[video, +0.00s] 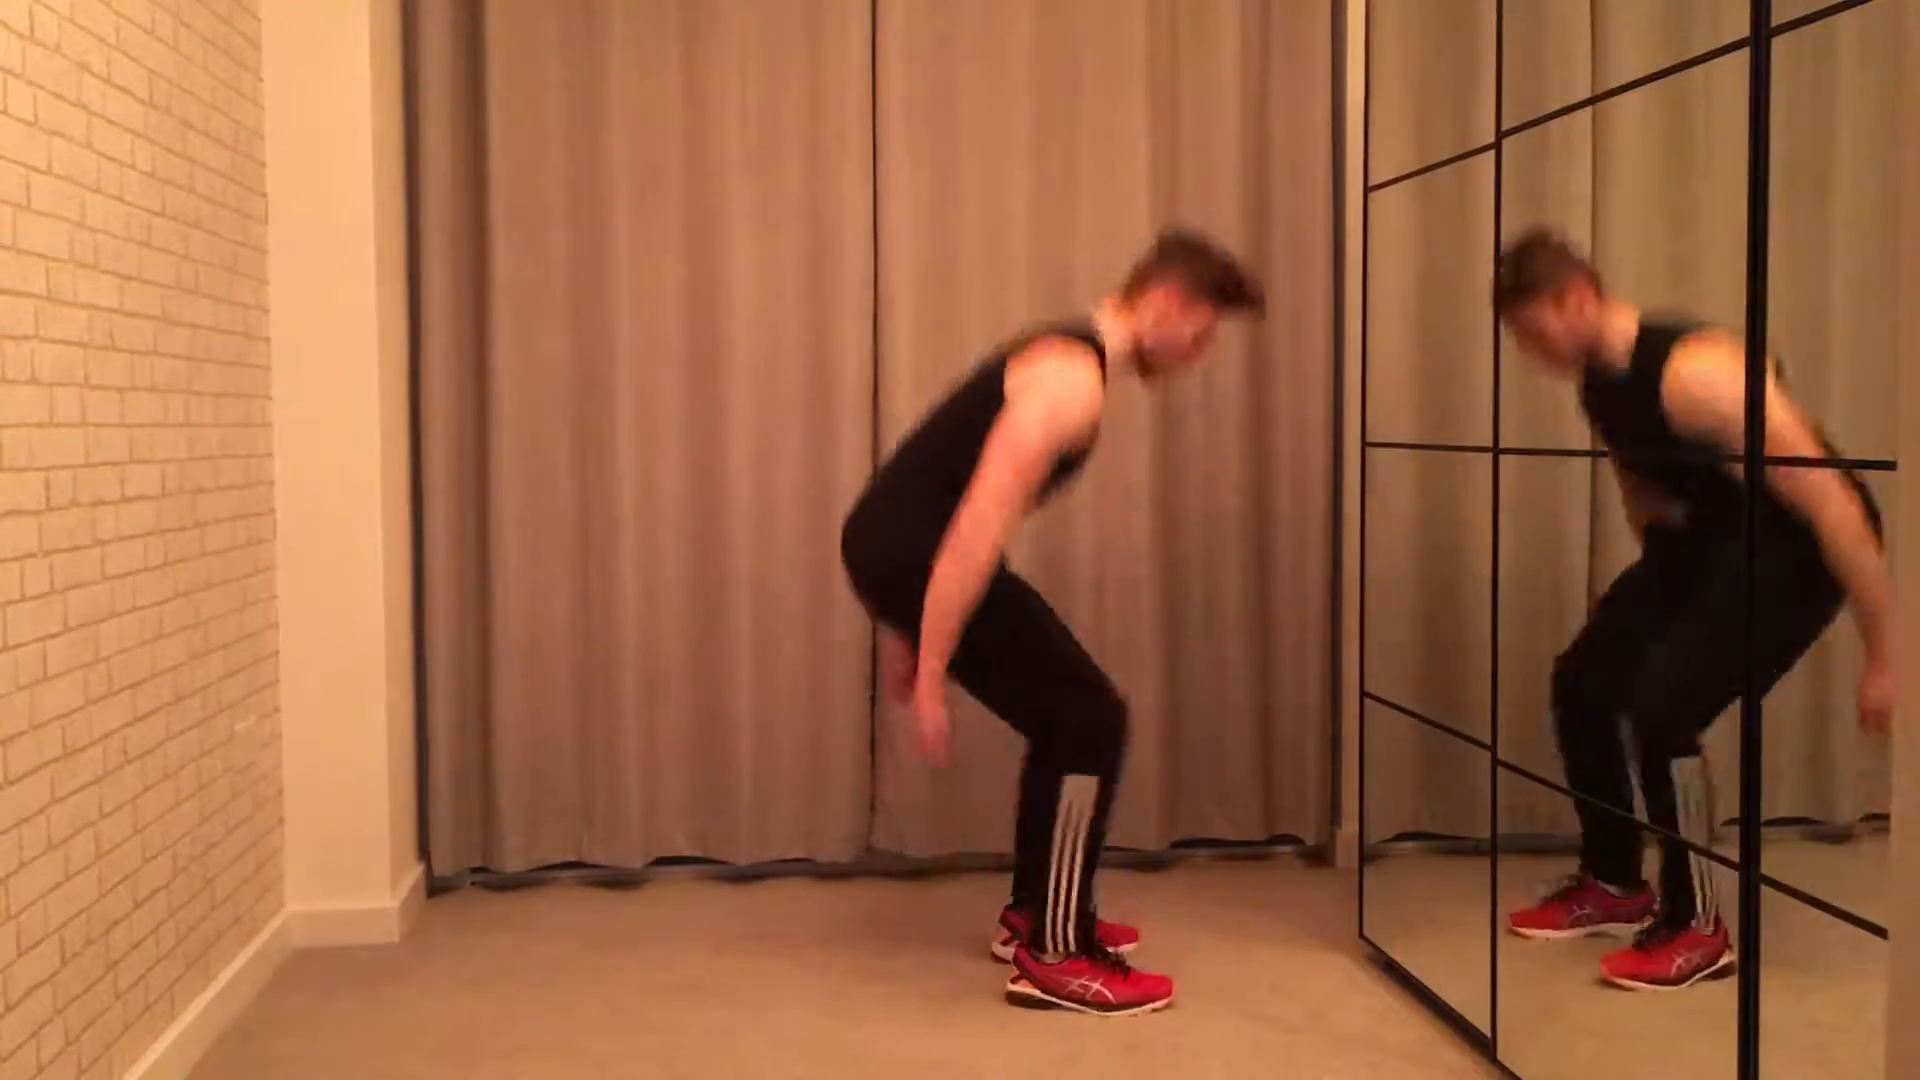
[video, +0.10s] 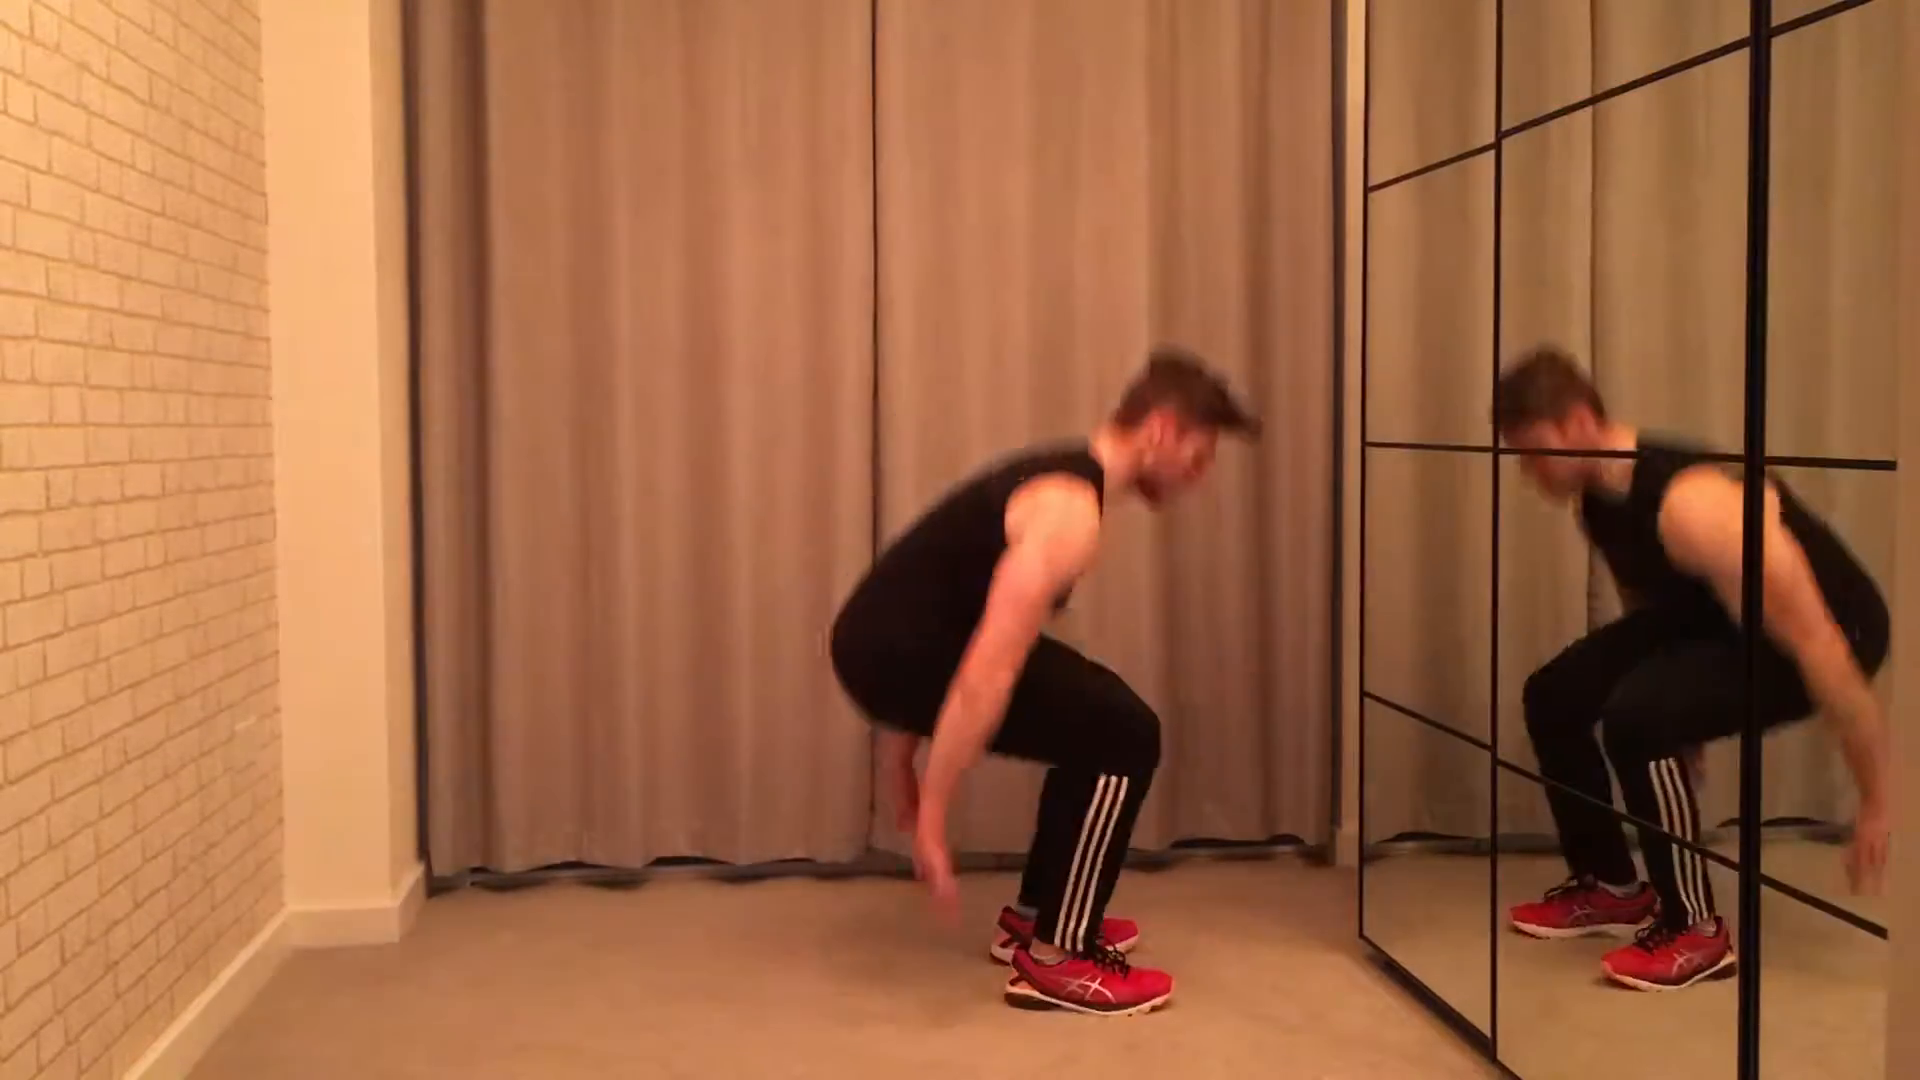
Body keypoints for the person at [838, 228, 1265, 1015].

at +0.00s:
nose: (1200, 351)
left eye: (1210, 335)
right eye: (1201, 329)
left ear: (1151, 301)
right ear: (1159, 300)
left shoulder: (1067, 357)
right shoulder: (1070, 379)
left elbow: (953, 494)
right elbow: (980, 523)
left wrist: (906, 626)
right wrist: (933, 673)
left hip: (905, 547)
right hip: (916, 560)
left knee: (1067, 716)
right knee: (1092, 718)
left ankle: (1039, 916)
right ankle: (1054, 951)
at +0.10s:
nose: (1200, 476)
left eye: (1207, 458)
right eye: (1202, 454)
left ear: (1157, 427)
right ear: (1162, 429)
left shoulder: (1060, 479)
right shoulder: (1068, 514)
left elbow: (934, 596)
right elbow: (983, 674)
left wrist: (899, 751)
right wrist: (931, 817)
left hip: (889, 646)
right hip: (905, 661)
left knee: (1108, 722)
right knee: (1127, 738)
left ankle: (1039, 911)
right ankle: (1054, 954)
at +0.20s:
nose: (1175, 555)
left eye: (1184, 536)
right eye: (1177, 532)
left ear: (1130, 512)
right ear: (1135, 513)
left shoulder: (1040, 559)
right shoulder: (1053, 603)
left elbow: (936, 677)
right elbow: (977, 778)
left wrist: (890, 834)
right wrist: (929, 929)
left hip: (879, 737)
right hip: (895, 758)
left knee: (1108, 705)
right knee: (1126, 736)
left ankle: (1037, 916)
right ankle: (1058, 952)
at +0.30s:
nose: (1129, 585)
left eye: (1134, 570)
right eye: (1125, 566)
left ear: (1073, 555)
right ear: (1078, 553)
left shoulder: (996, 609)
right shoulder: (1020, 653)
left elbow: (919, 743)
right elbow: (943, 823)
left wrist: (873, 870)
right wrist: (893, 976)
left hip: (888, 824)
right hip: (907, 848)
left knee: (1096, 703)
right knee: (1112, 733)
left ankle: (1035, 920)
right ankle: (1053, 956)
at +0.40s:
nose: (1030, 605)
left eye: (1030, 586)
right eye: (1020, 584)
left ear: (968, 578)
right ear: (971, 577)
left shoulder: (901, 644)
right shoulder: (942, 674)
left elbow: (869, 789)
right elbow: (900, 847)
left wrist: (842, 919)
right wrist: (870, 1004)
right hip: (932, 913)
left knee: (1074, 698)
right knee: (1080, 718)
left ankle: (1040, 914)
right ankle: (1073, 937)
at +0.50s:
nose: (906, 622)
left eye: (904, 604)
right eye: (892, 605)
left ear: (840, 614)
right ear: (842, 612)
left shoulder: (826, 682)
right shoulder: (842, 696)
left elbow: (845, 852)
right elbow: (828, 871)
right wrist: (861, 1008)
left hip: (914, 920)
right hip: (929, 943)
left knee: (1028, 694)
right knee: (1045, 729)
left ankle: (1063, 904)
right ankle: (1155, 917)